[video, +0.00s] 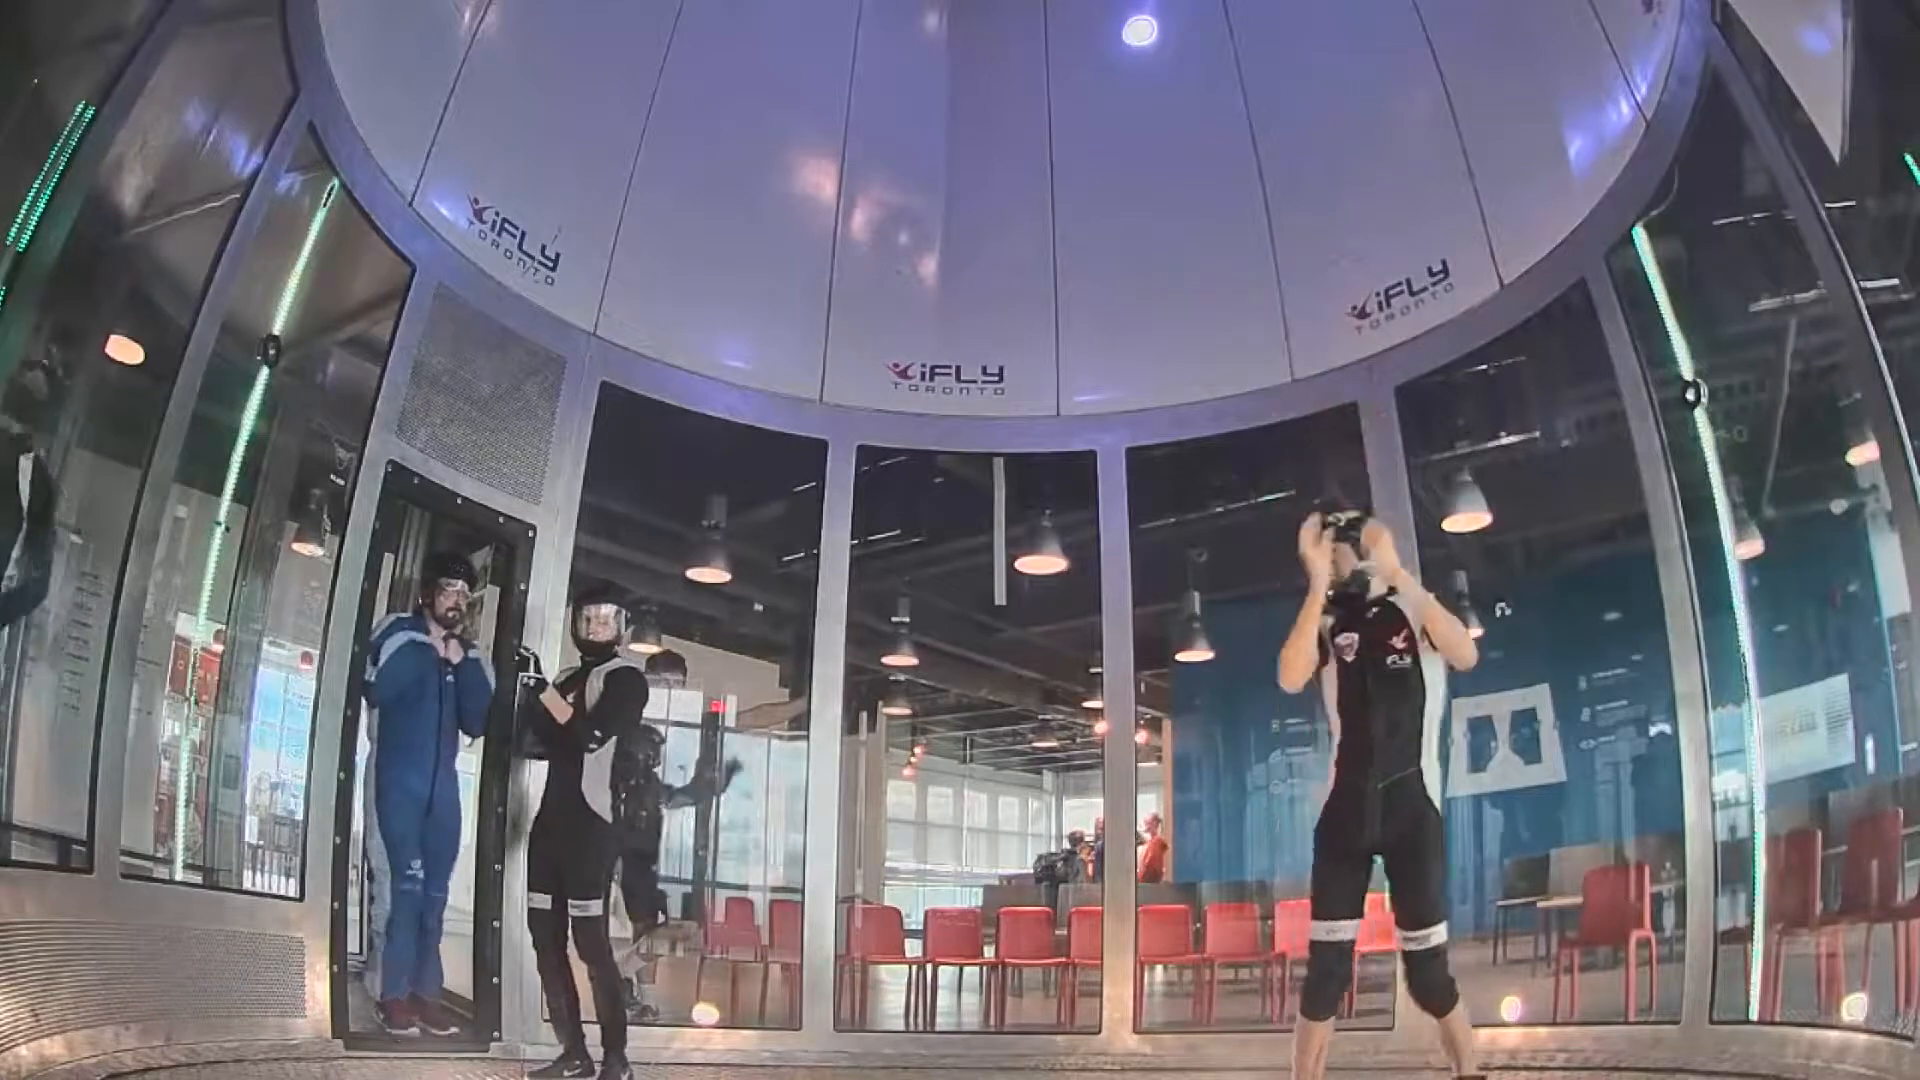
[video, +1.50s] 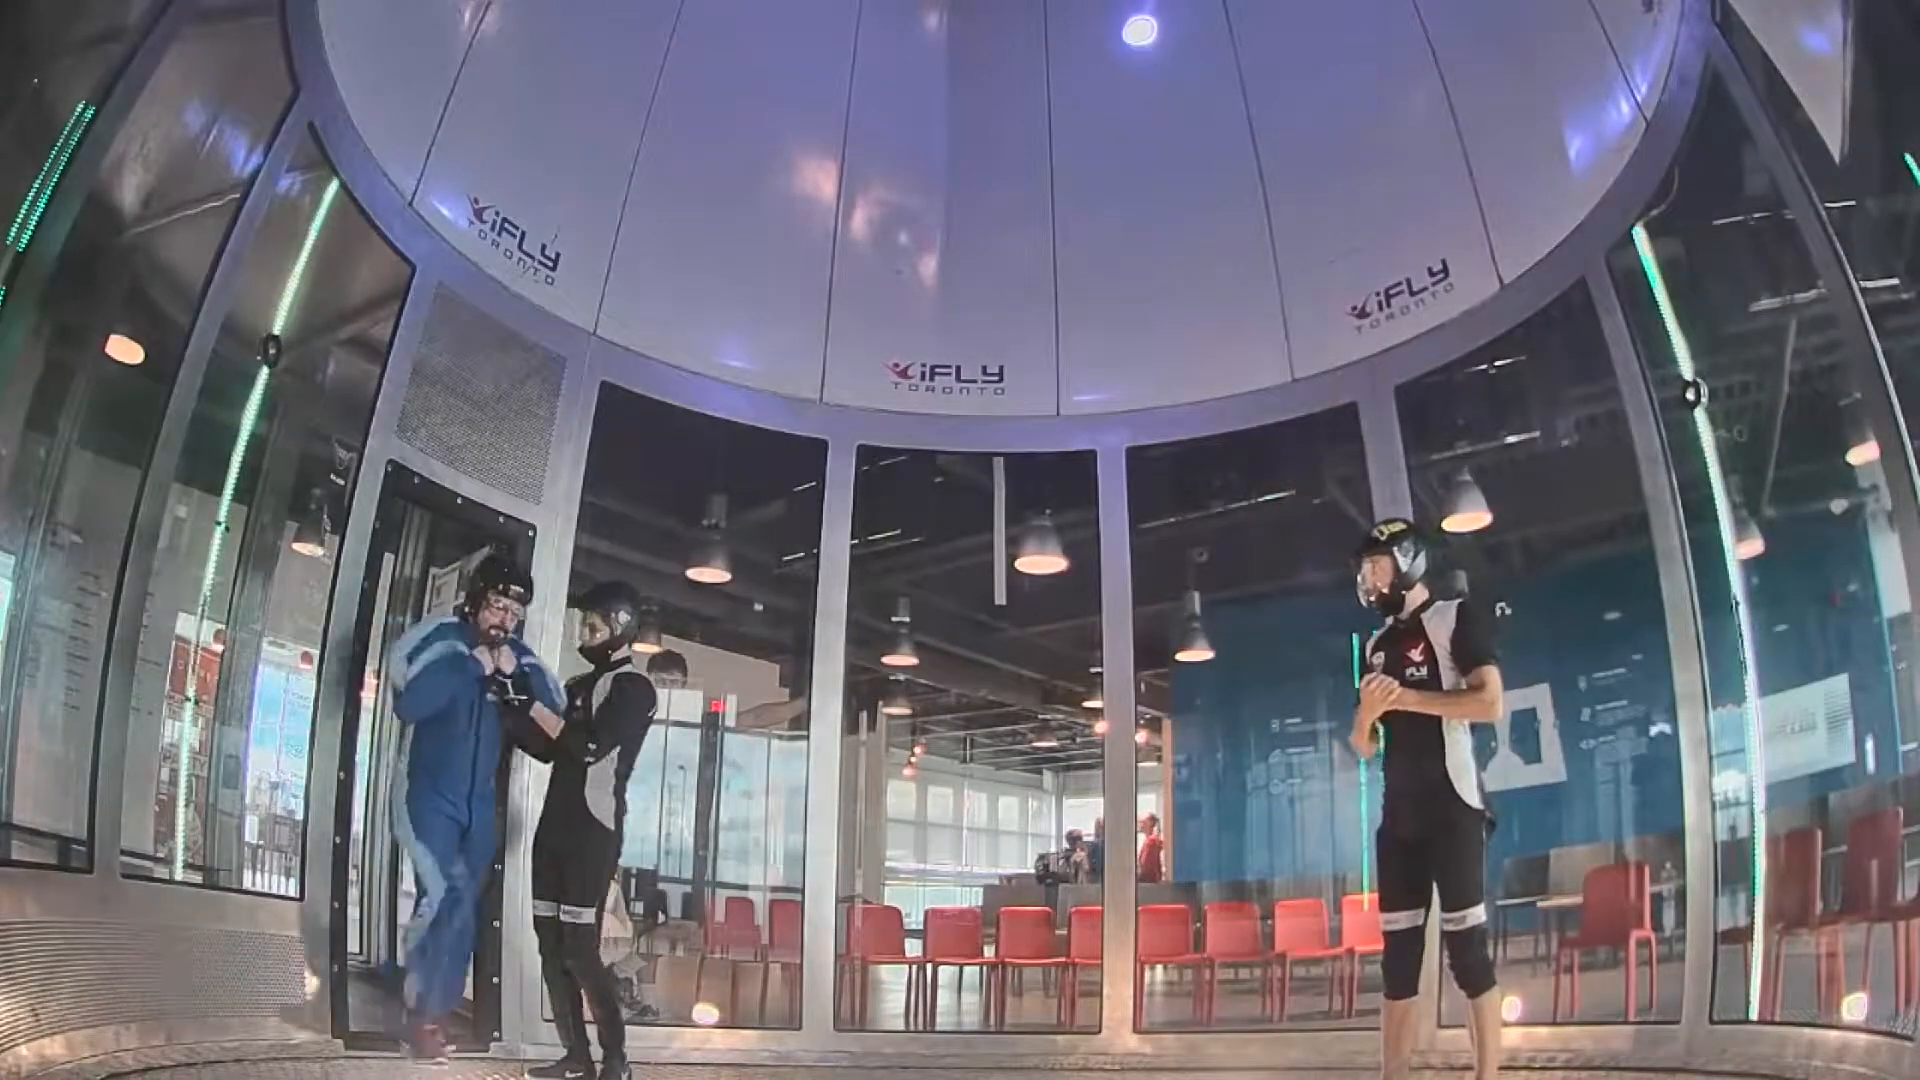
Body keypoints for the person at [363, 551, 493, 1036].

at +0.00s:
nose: (454, 601)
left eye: (462, 595)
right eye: (447, 591)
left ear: (468, 603)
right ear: (427, 593)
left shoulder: (468, 650)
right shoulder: (399, 632)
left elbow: (476, 722)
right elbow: (379, 691)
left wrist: (462, 662)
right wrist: (426, 647)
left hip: (444, 781)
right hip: (399, 777)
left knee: (436, 890)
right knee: (409, 884)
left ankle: (425, 996)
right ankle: (394, 997)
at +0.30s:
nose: (452, 601)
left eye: (461, 595)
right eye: (445, 590)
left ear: (467, 603)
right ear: (427, 592)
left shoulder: (468, 653)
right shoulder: (397, 631)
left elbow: (473, 723)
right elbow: (380, 692)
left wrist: (465, 664)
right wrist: (421, 643)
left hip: (440, 782)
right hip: (395, 776)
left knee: (430, 890)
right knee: (394, 883)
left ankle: (422, 997)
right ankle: (372, 998)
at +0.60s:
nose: (444, 599)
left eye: (452, 592)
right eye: (437, 589)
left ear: (459, 599)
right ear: (417, 589)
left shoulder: (459, 646)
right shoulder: (393, 626)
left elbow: (467, 718)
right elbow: (381, 689)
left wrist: (461, 655)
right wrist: (421, 637)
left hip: (426, 776)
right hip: (380, 772)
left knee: (434, 882)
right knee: (378, 885)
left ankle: (423, 995)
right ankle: (370, 999)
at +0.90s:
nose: (459, 601)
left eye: (468, 594)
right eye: (453, 590)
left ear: (474, 600)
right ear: (433, 588)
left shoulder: (473, 650)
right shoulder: (404, 623)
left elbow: (480, 721)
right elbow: (391, 686)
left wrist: (470, 660)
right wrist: (433, 639)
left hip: (433, 779)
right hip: (384, 773)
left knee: (428, 886)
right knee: (377, 885)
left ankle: (427, 1001)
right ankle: (368, 1001)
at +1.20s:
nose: (482, 602)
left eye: (491, 595)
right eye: (474, 590)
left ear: (497, 603)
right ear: (455, 591)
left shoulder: (499, 647)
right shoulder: (425, 632)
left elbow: (520, 706)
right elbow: (398, 691)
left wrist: (493, 649)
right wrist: (449, 645)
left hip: (465, 786)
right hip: (416, 780)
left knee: (443, 894)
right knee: (410, 885)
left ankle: (427, 1001)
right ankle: (377, 997)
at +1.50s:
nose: (503, 619)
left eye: (513, 611)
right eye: (496, 606)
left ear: (521, 615)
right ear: (473, 603)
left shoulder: (518, 656)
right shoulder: (443, 641)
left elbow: (555, 713)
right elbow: (408, 705)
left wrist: (513, 672)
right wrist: (470, 661)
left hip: (484, 798)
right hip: (432, 792)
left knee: (464, 900)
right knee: (449, 890)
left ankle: (436, 1016)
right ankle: (423, 1013)